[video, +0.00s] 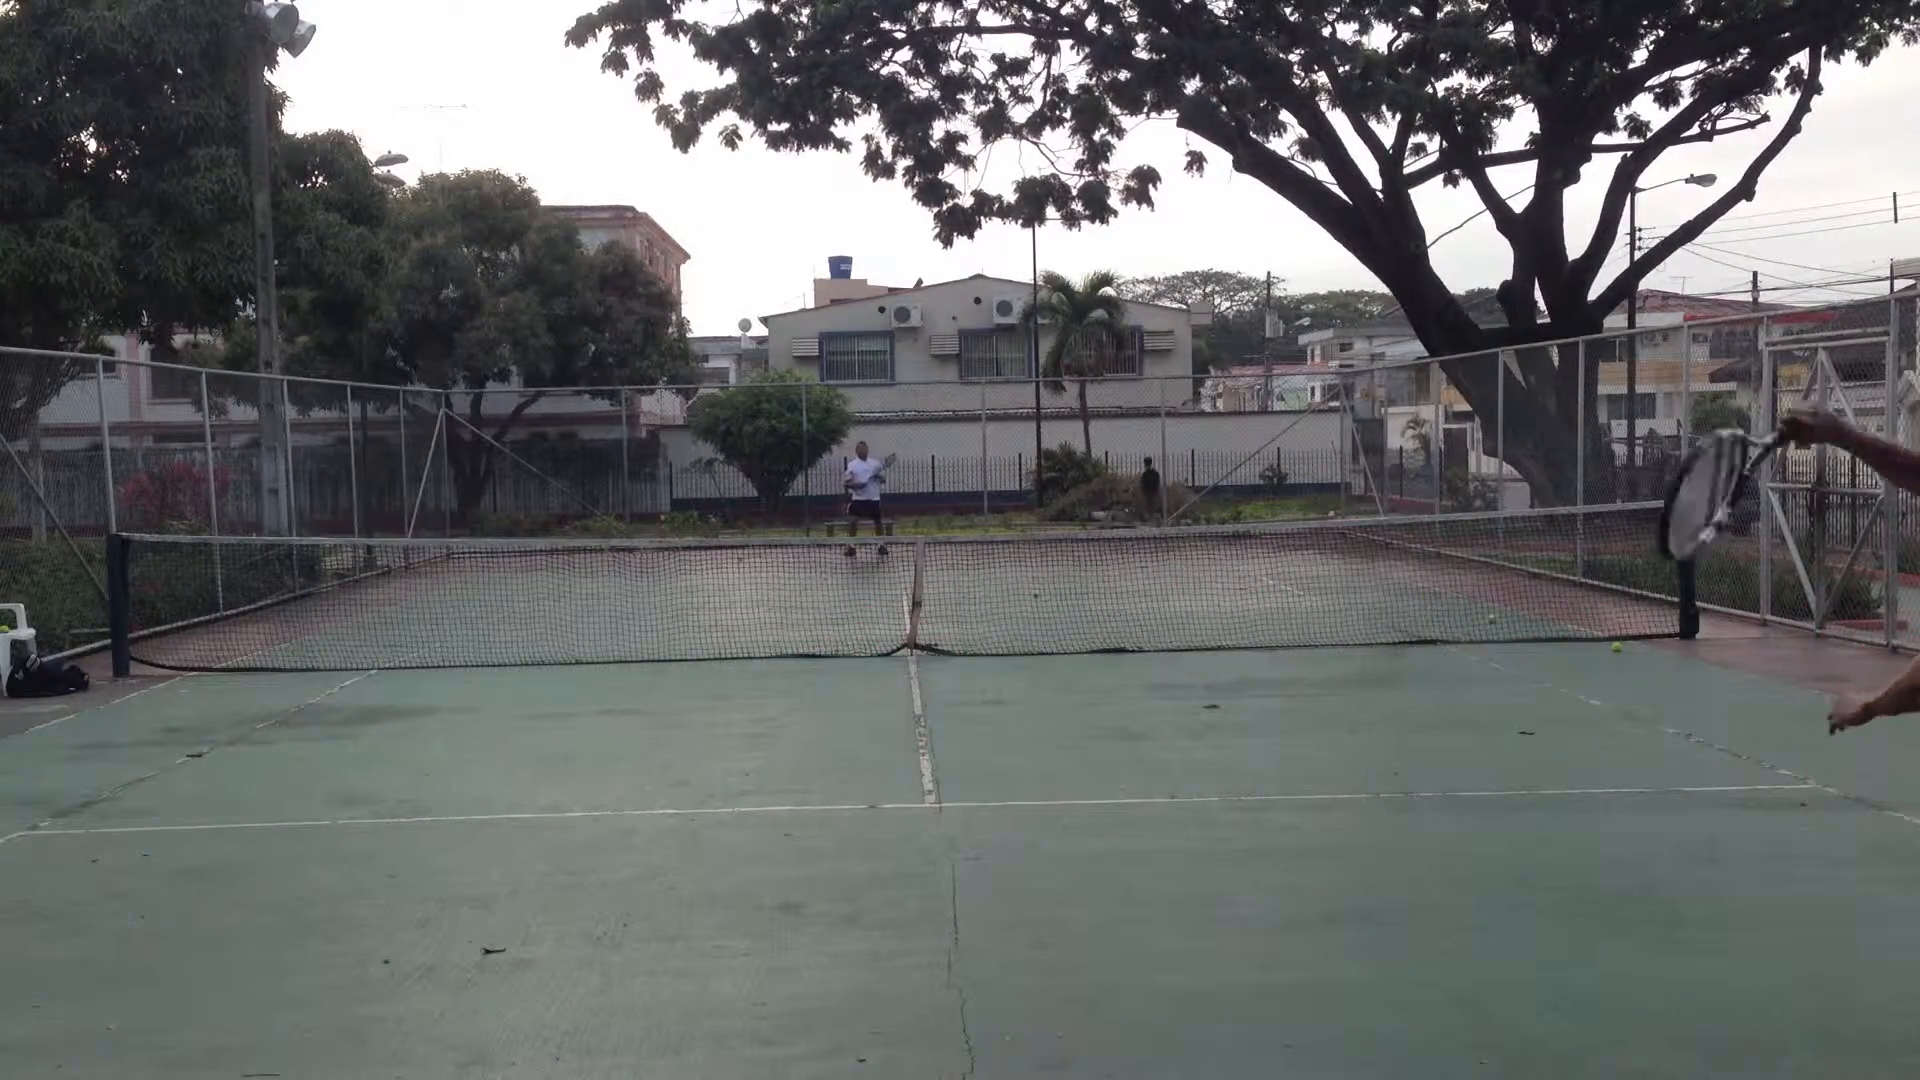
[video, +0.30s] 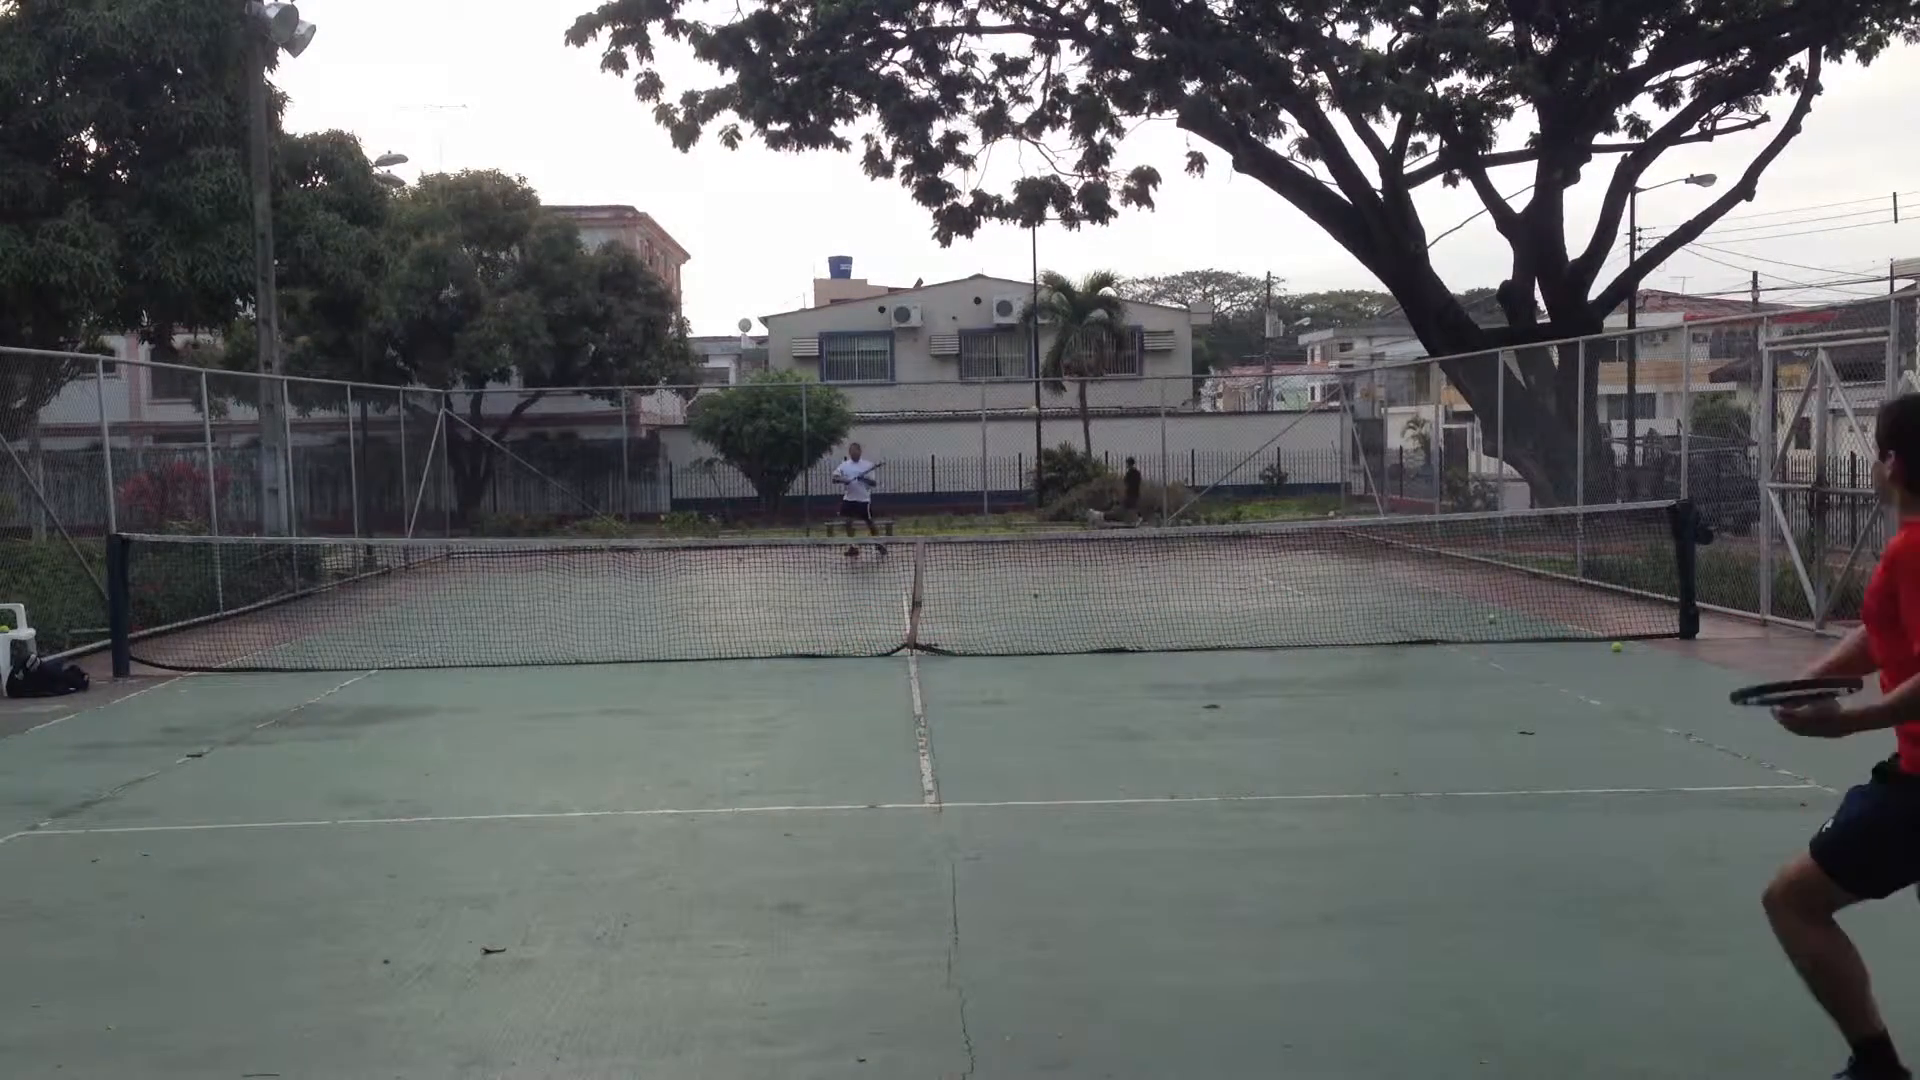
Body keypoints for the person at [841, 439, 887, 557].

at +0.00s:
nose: (862, 452)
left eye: (864, 449)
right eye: (860, 449)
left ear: (867, 450)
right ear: (856, 451)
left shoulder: (875, 463)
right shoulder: (852, 465)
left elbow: (883, 479)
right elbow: (847, 482)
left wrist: (879, 478)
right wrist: (858, 485)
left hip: (873, 499)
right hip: (858, 499)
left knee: (878, 522)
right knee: (853, 522)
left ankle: (881, 545)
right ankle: (851, 546)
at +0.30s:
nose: (854, 455)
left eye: (856, 452)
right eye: (852, 452)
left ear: (860, 452)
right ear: (849, 453)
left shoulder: (867, 465)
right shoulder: (844, 465)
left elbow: (873, 482)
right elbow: (834, 477)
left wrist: (863, 479)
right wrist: (846, 480)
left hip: (863, 499)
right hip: (849, 498)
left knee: (870, 523)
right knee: (848, 523)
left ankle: (878, 544)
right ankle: (851, 546)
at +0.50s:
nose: (850, 452)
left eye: (852, 450)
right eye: (848, 450)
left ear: (855, 451)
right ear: (845, 451)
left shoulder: (860, 463)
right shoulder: (841, 462)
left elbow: (862, 481)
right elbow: (829, 472)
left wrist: (846, 476)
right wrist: (836, 475)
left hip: (859, 497)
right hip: (846, 496)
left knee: (857, 521)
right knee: (847, 522)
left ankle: (861, 545)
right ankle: (852, 545)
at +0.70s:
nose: (843, 454)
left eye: (846, 451)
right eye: (842, 452)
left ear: (850, 452)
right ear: (840, 453)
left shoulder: (855, 463)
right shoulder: (840, 464)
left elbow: (849, 473)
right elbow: (835, 475)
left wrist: (832, 473)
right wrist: (824, 476)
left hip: (857, 497)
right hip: (846, 496)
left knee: (853, 521)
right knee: (844, 520)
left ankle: (857, 546)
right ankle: (851, 545)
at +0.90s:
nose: (835, 460)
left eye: (837, 458)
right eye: (834, 458)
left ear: (842, 457)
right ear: (833, 459)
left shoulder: (848, 466)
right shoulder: (840, 470)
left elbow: (837, 473)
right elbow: (835, 485)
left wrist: (821, 473)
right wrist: (822, 491)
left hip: (856, 497)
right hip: (848, 498)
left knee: (845, 522)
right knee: (843, 522)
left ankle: (854, 544)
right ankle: (850, 545)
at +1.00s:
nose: (831, 465)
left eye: (833, 463)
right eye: (831, 463)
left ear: (837, 463)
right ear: (832, 464)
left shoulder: (845, 471)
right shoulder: (836, 479)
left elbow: (836, 477)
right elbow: (833, 495)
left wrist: (821, 479)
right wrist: (817, 501)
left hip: (856, 499)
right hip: (846, 500)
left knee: (843, 522)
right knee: (839, 522)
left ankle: (854, 544)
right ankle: (849, 545)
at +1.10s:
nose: (830, 471)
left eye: (832, 468)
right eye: (828, 469)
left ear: (836, 467)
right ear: (827, 470)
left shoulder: (843, 474)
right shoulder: (835, 483)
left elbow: (838, 480)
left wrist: (823, 483)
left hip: (856, 502)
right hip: (846, 504)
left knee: (846, 521)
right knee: (840, 525)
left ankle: (851, 547)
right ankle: (847, 546)